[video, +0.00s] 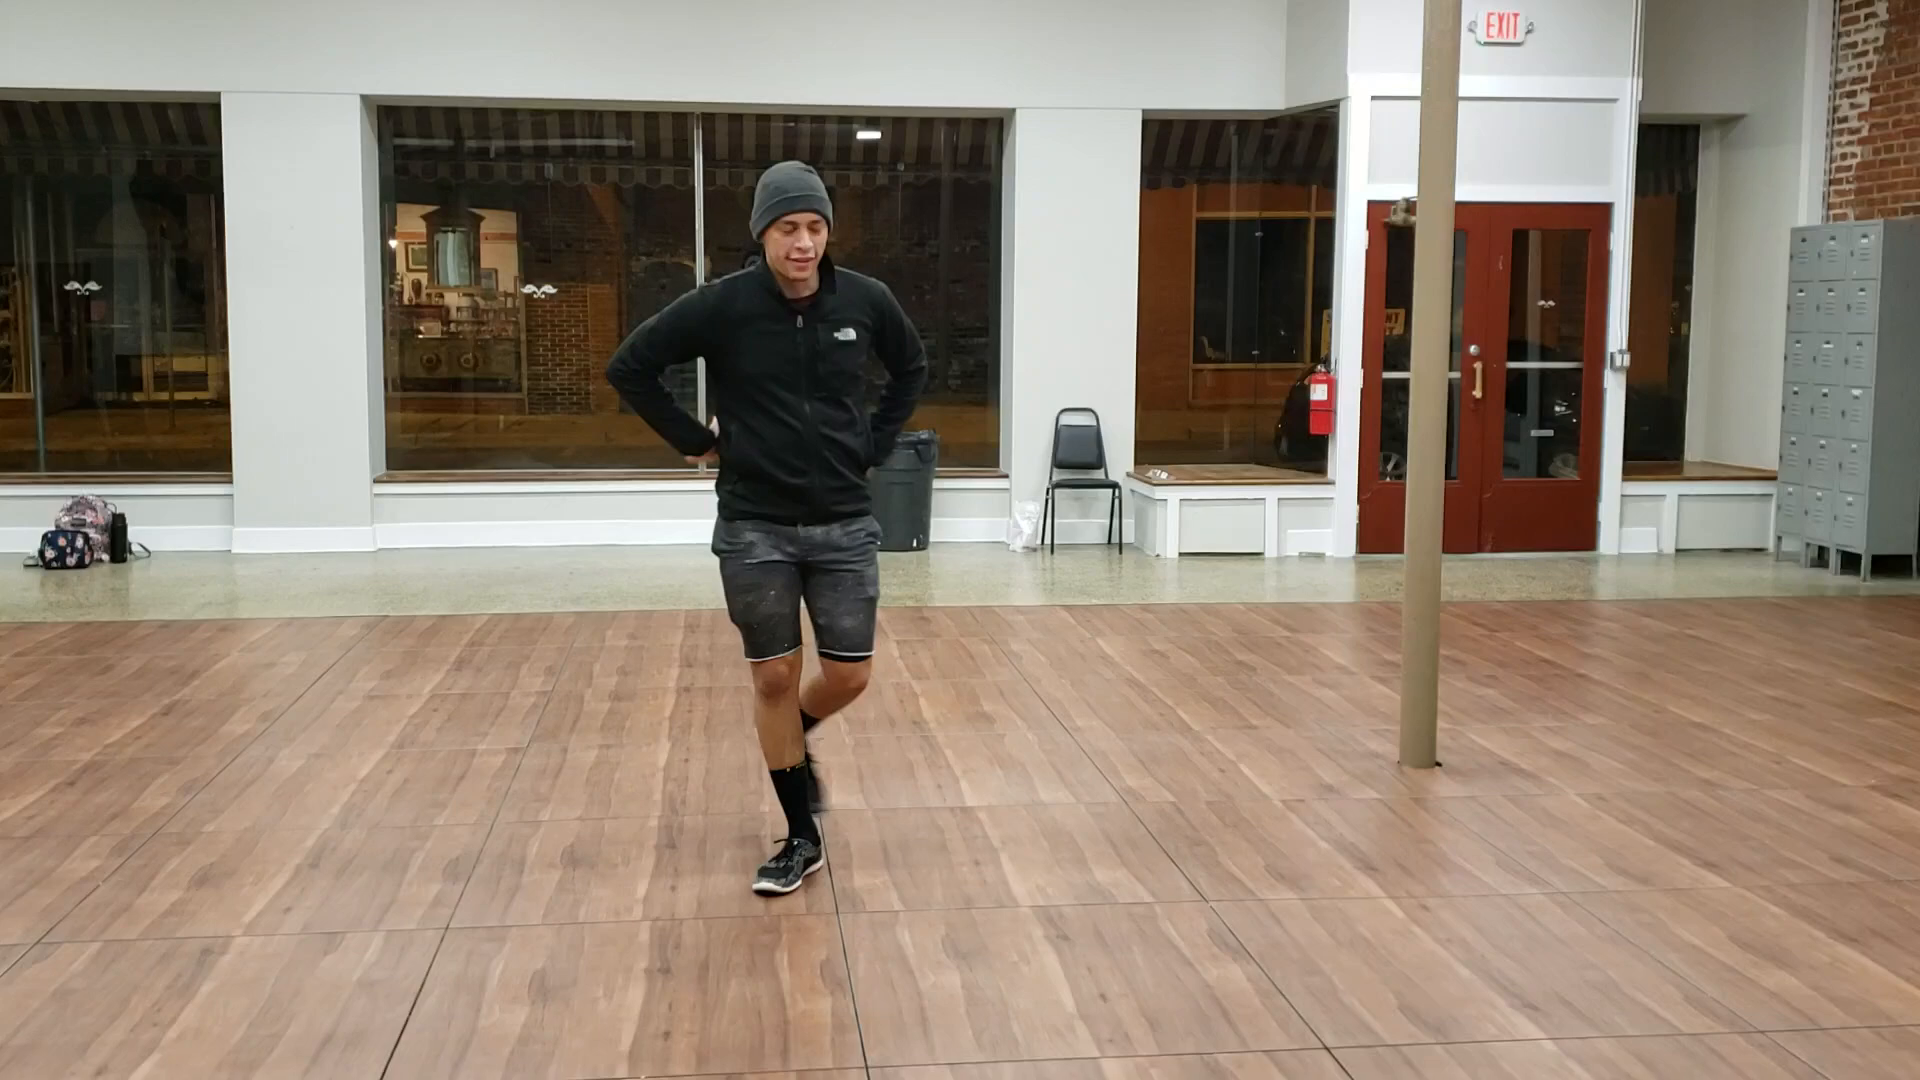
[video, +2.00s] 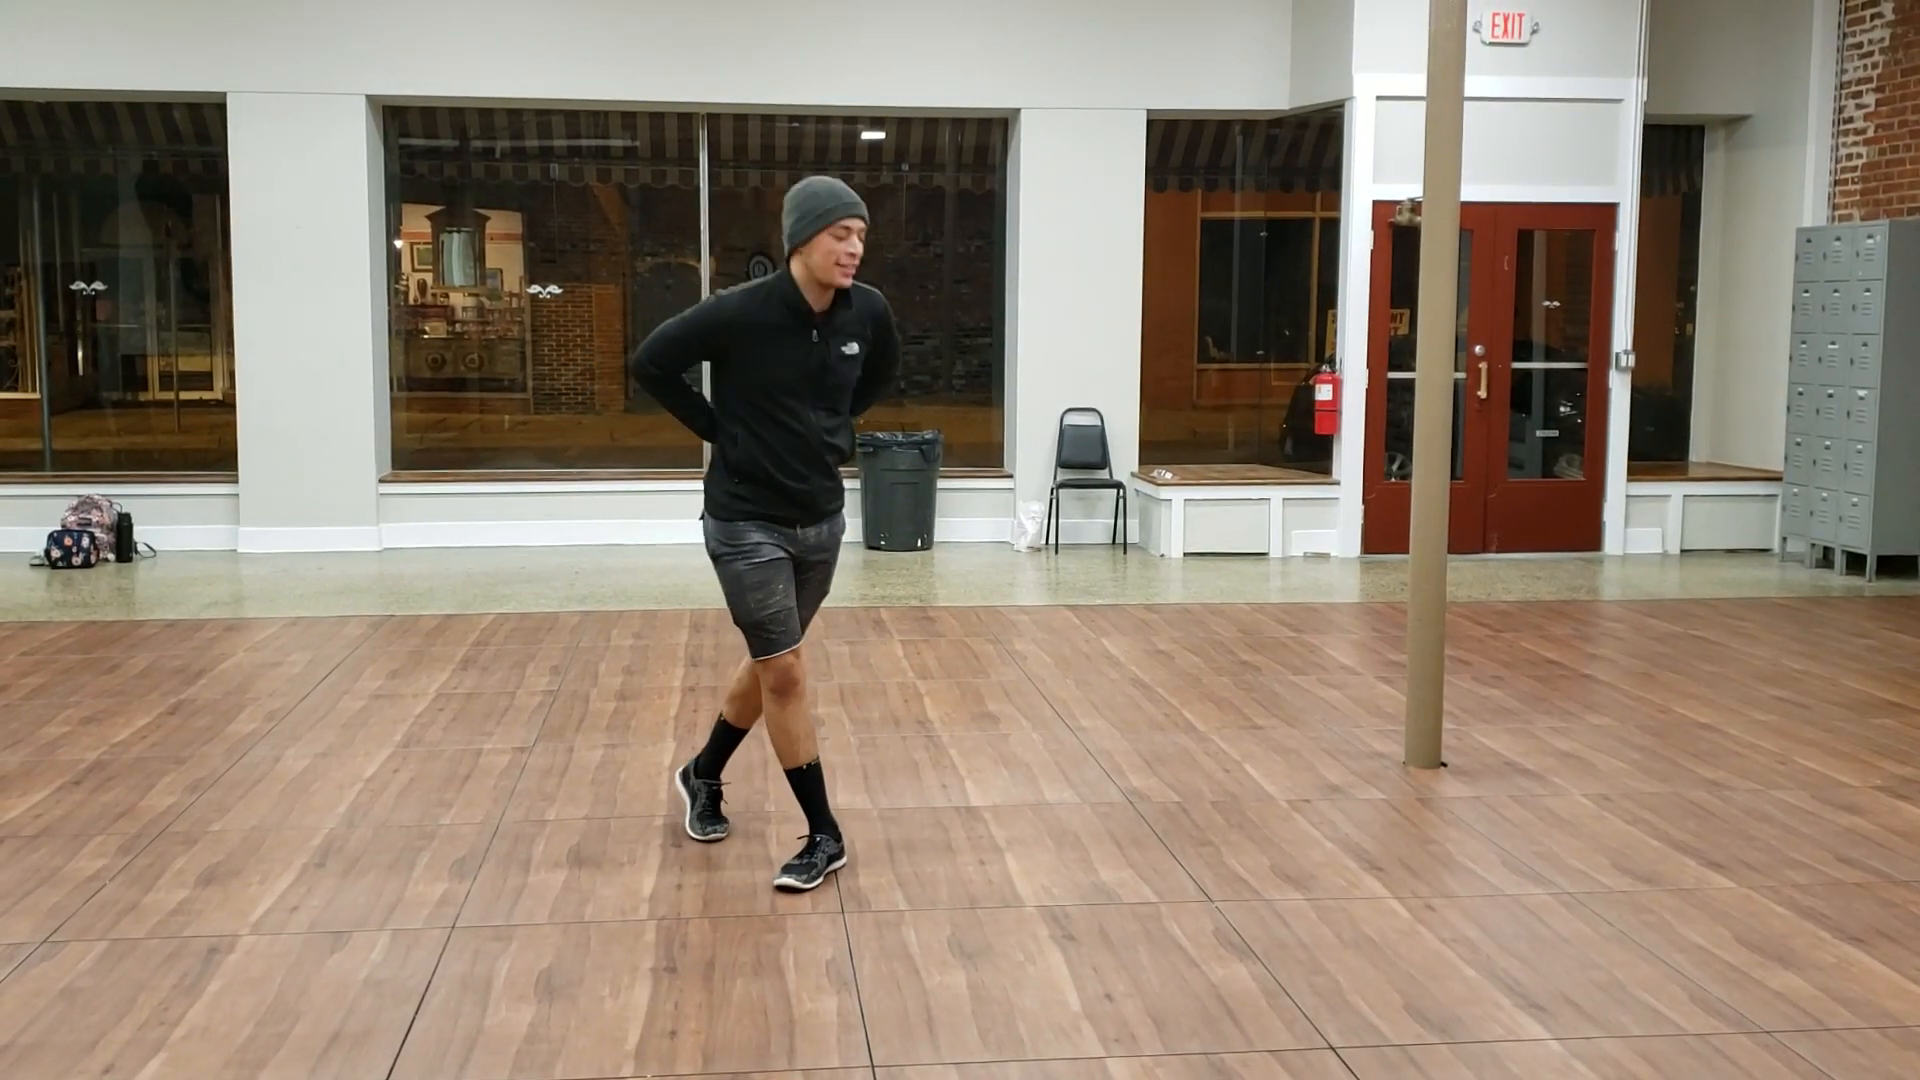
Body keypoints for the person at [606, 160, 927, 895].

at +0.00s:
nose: (802, 241)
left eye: (813, 226)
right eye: (787, 227)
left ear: (830, 233)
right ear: (760, 235)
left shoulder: (868, 301)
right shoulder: (719, 305)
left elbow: (912, 371)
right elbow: (628, 369)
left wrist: (866, 450)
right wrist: (696, 441)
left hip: (843, 520)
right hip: (754, 522)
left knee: (849, 674)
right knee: (775, 680)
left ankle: (792, 724)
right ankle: (802, 836)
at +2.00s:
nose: (853, 249)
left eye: (860, 239)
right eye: (840, 235)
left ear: (860, 248)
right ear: (800, 237)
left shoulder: (866, 311)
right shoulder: (740, 311)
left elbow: (881, 374)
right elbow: (651, 365)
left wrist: (837, 422)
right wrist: (719, 429)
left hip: (821, 522)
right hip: (744, 522)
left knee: (772, 664)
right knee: (785, 675)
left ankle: (703, 773)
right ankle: (824, 834)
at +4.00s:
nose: (639, 195)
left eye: (652, 184)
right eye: (623, 186)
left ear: (675, 203)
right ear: (601, 208)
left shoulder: (717, 293)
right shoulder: (558, 293)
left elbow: (757, 371)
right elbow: (457, 368)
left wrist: (704, 429)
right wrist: (545, 428)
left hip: (680, 535)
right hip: (575, 532)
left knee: (666, 708)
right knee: (515, 692)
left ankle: (639, 868)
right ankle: (468, 847)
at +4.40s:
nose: (603, 224)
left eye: (613, 212)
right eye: (585, 215)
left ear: (632, 230)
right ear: (557, 237)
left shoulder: (683, 310)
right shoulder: (527, 332)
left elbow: (737, 377)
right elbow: (431, 427)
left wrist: (691, 444)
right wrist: (538, 467)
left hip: (681, 556)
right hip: (573, 564)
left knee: (711, 723)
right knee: (509, 723)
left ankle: (720, 845)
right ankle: (443, 865)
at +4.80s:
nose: (736, 223)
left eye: (749, 212)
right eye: (720, 211)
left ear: (766, 232)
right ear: (691, 231)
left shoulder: (815, 316)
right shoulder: (656, 328)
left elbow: (894, 397)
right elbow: (579, 412)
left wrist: (828, 455)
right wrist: (671, 467)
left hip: (812, 560)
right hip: (716, 562)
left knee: (775, 742)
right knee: (765, 736)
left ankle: (718, 852)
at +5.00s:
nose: (790, 232)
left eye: (803, 219)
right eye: (773, 218)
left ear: (819, 236)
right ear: (742, 237)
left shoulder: (869, 316)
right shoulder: (706, 341)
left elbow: (960, 399)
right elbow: (648, 429)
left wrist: (890, 468)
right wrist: (735, 472)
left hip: (878, 568)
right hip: (777, 571)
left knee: (898, 745)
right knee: (814, 746)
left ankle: (813, 824)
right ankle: (874, 916)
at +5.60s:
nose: (905, 228)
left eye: (925, 220)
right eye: (894, 212)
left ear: (944, 244)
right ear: (870, 228)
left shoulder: (968, 336)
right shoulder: (843, 323)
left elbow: (1049, 448)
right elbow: (836, 409)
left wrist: (976, 496)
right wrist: (873, 474)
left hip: (962, 580)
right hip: (865, 571)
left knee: (1020, 753)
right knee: (827, 746)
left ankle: (1105, 904)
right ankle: (871, 846)